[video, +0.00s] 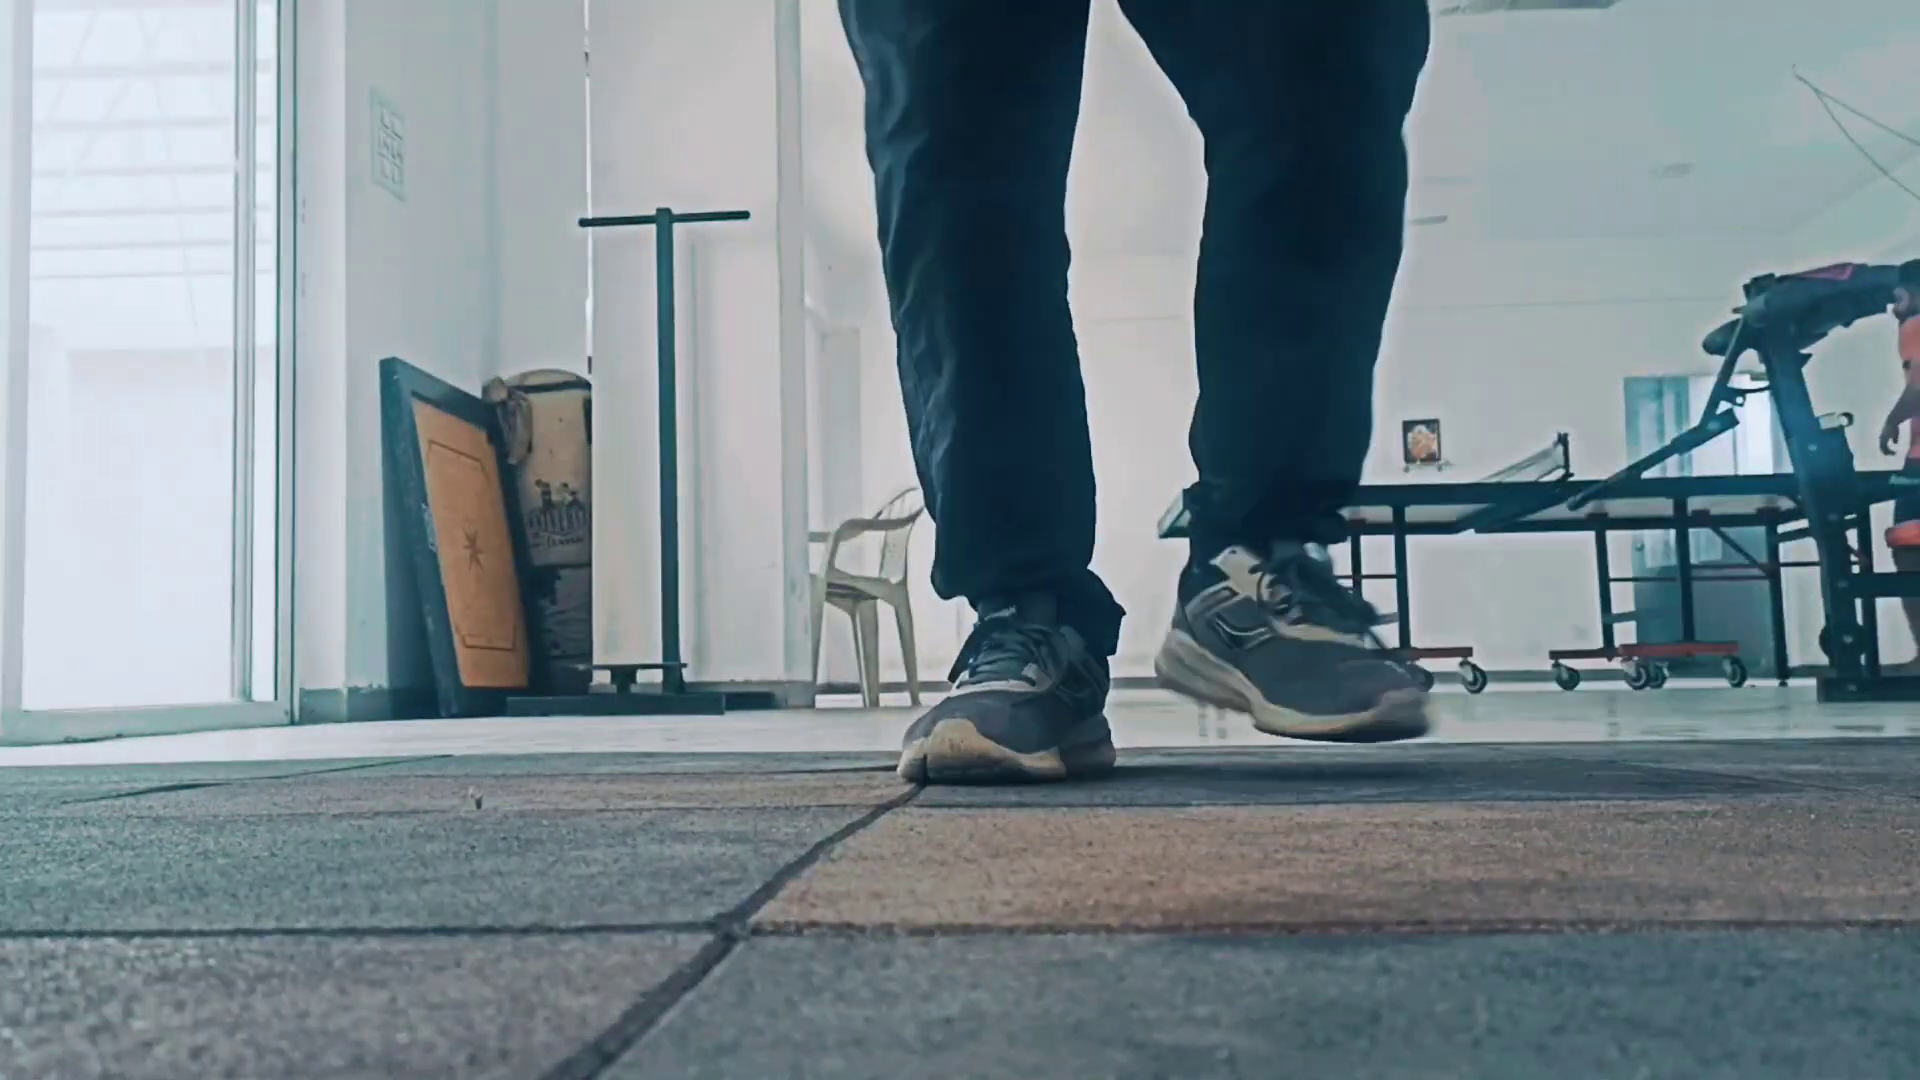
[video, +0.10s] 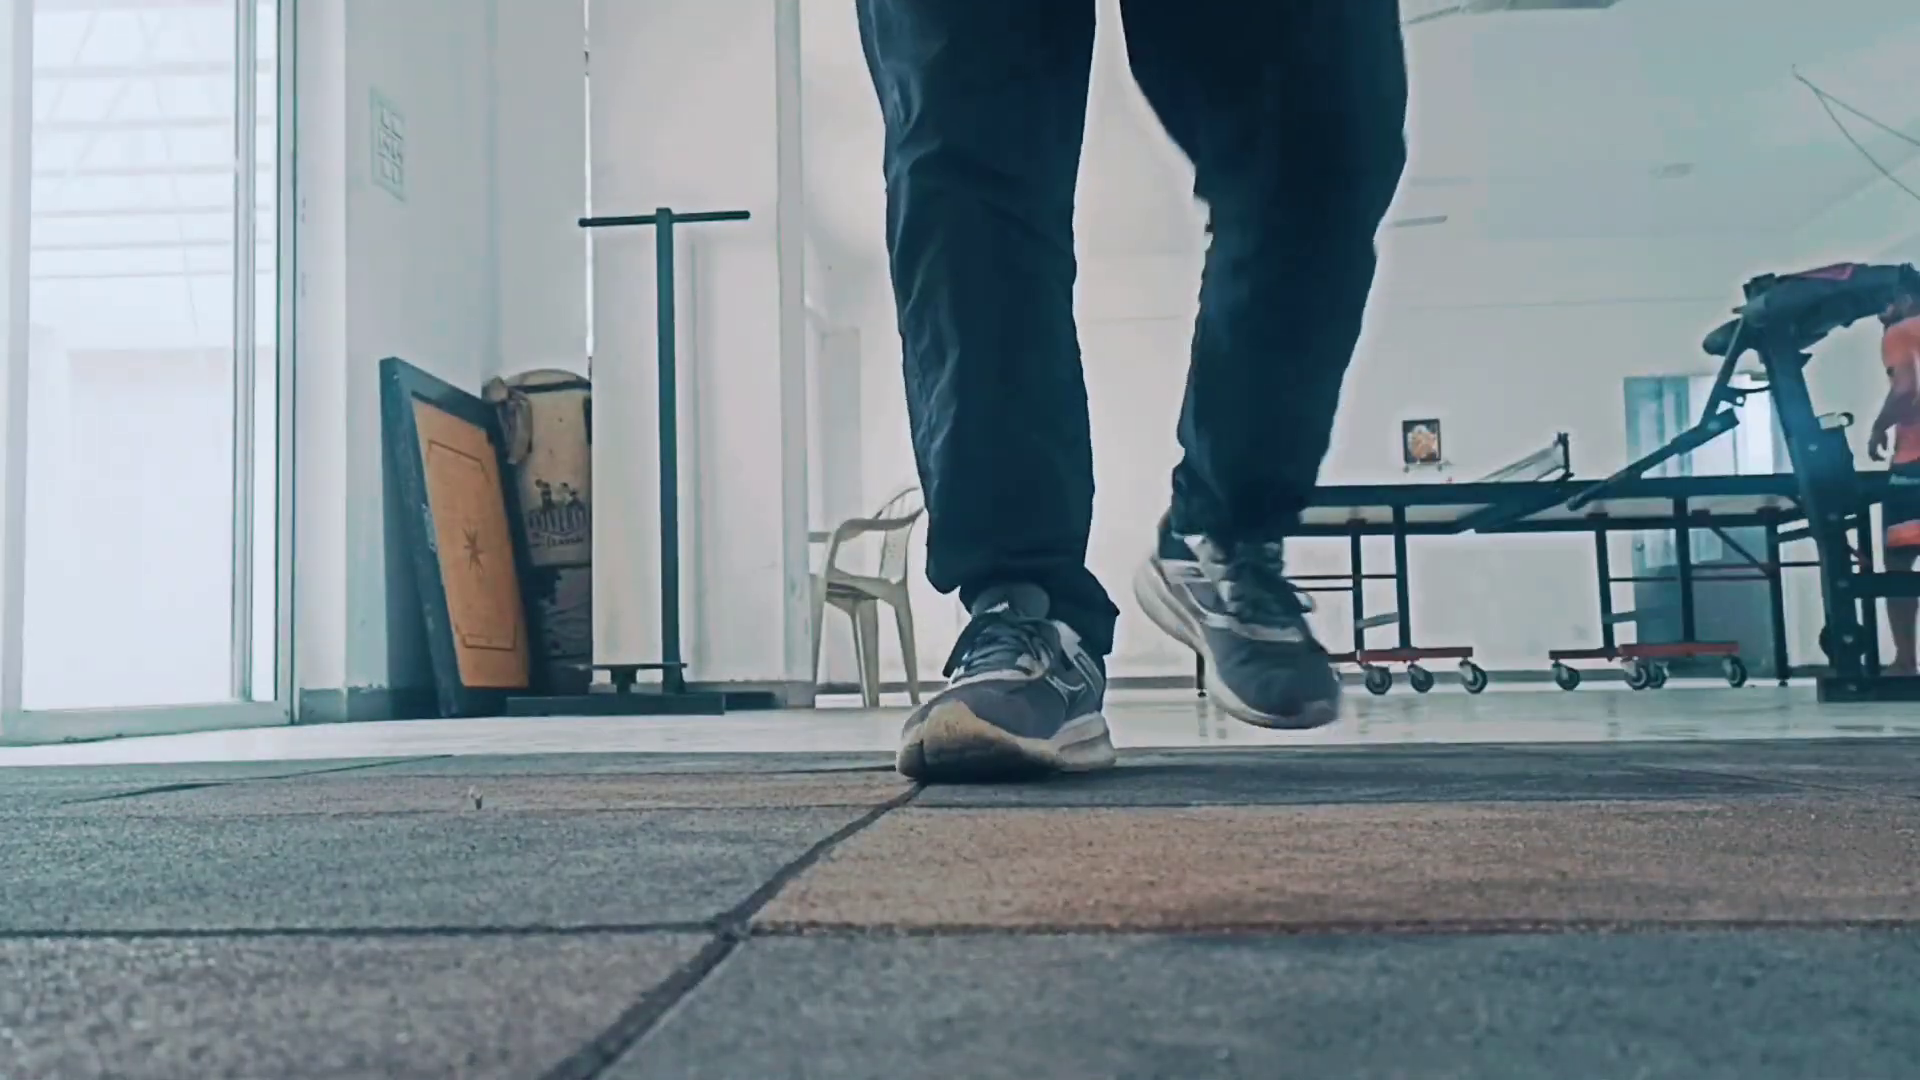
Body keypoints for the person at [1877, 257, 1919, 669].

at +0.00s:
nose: (1892, 305)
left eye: (1897, 297)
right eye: (1892, 297)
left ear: (1911, 298)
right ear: (1909, 298)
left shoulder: (1910, 328)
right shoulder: (1908, 328)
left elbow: (1914, 384)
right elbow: (1913, 386)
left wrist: (1891, 421)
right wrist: (1894, 423)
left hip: (1915, 457)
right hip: (1912, 456)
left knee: (1905, 542)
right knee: (1903, 544)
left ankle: (1917, 645)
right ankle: (1915, 645)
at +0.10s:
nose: (1880, 311)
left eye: (1884, 303)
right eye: (1880, 303)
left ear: (1902, 300)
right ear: (1912, 301)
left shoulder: (1900, 334)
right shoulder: (1909, 333)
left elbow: (1906, 387)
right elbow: (1906, 387)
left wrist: (1879, 426)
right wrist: (1888, 427)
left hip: (1910, 461)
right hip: (1909, 461)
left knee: (1899, 563)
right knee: (1900, 562)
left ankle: (1906, 658)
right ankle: (1905, 657)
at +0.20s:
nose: (1864, 321)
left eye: (1865, 312)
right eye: (1861, 315)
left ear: (1880, 305)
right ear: (1903, 301)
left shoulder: (1882, 336)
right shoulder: (1914, 330)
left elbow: (1886, 392)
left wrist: (1863, 430)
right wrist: (1869, 429)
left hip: (1900, 461)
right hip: (1913, 459)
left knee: (1886, 563)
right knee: (1888, 563)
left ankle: (1904, 660)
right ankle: (1904, 658)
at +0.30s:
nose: (1847, 324)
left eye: (1849, 316)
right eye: (1846, 317)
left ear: (1860, 310)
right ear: (1888, 303)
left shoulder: (1866, 341)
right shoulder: (1914, 332)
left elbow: (1863, 404)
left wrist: (1849, 422)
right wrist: (1860, 419)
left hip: (1887, 461)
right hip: (1917, 455)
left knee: (1881, 565)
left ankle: (1904, 660)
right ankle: (1903, 658)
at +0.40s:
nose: (1836, 323)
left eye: (1838, 316)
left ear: (1849, 312)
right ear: (1880, 306)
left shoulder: (1851, 345)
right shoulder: (1913, 341)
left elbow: (1842, 409)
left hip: (1877, 465)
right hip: (1917, 460)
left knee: (1878, 564)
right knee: (1913, 557)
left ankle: (1904, 658)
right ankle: (1906, 655)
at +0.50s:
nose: (1826, 334)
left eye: (1828, 327)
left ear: (1838, 320)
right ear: (1866, 314)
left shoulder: (1839, 349)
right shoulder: (1906, 349)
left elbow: (1823, 406)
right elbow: (1912, 400)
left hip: (1873, 463)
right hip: (1915, 461)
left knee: (1878, 568)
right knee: (1903, 564)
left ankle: (1906, 660)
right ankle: (1912, 654)